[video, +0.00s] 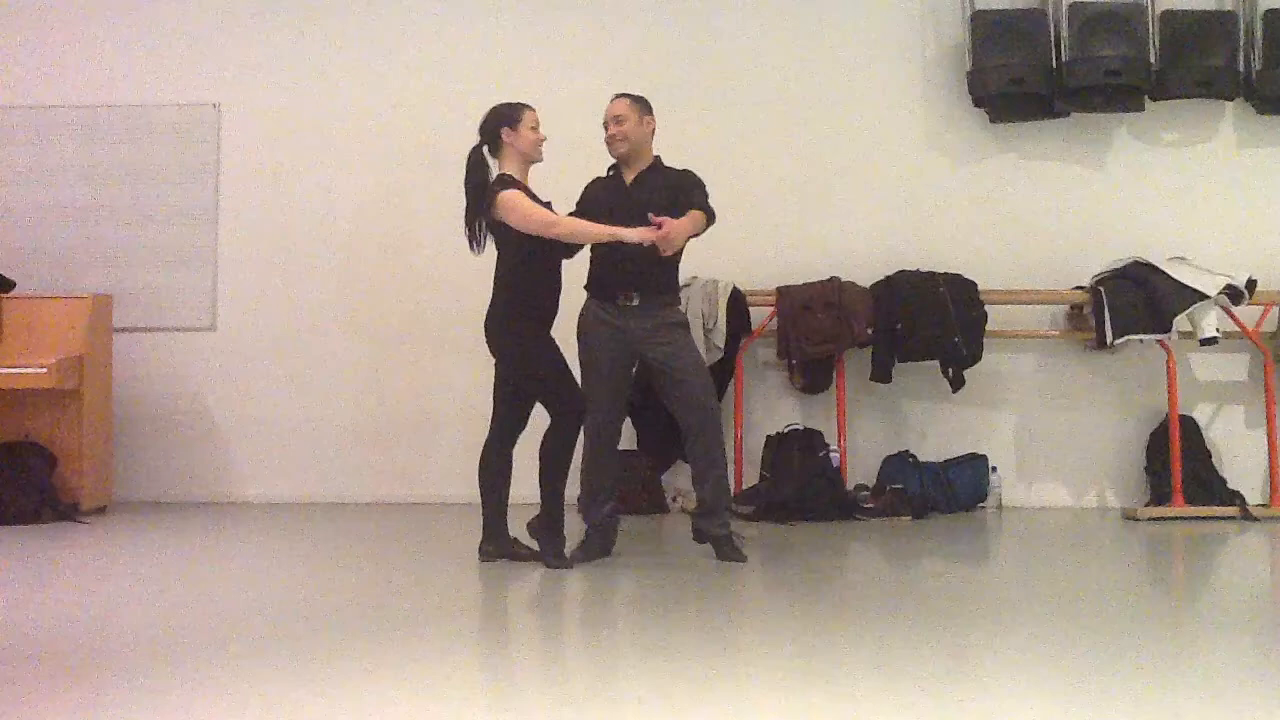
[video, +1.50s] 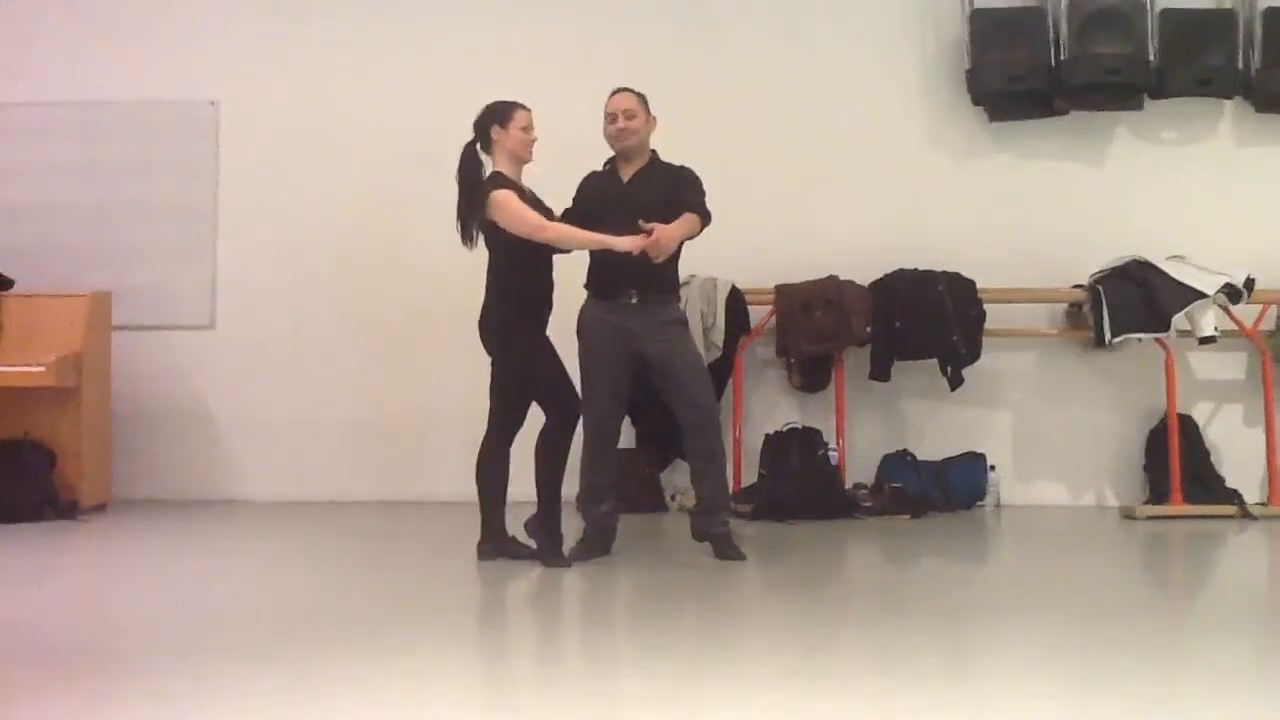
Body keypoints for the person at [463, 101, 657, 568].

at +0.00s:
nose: (543, 135)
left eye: (540, 128)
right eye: (534, 128)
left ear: (513, 137)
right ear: (508, 136)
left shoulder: (521, 193)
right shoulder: (505, 195)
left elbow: (553, 247)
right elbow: (558, 230)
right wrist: (627, 233)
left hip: (525, 324)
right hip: (517, 327)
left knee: (504, 430)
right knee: (569, 410)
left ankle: (495, 537)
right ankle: (550, 523)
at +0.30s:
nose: (542, 134)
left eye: (540, 126)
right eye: (534, 126)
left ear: (512, 135)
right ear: (508, 133)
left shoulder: (521, 191)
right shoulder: (506, 192)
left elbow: (554, 246)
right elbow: (559, 227)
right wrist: (626, 230)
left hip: (524, 322)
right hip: (518, 324)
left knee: (504, 428)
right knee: (569, 408)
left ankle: (495, 534)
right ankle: (551, 520)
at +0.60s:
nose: (540, 138)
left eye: (538, 130)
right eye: (531, 130)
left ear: (510, 137)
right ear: (504, 136)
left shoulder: (519, 193)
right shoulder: (503, 195)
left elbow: (558, 245)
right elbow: (557, 232)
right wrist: (624, 235)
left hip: (525, 325)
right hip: (516, 328)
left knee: (504, 430)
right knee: (569, 410)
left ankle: (494, 536)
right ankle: (550, 523)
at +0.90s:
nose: (539, 138)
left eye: (538, 130)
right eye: (531, 130)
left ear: (510, 137)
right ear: (503, 136)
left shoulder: (519, 193)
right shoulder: (503, 195)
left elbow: (559, 241)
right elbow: (556, 232)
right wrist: (623, 235)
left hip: (524, 324)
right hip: (516, 326)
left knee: (503, 429)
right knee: (569, 409)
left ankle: (494, 535)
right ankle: (550, 522)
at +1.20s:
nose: (539, 134)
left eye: (537, 126)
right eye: (531, 127)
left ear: (508, 132)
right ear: (502, 132)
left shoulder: (519, 189)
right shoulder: (501, 193)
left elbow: (560, 235)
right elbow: (554, 231)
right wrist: (619, 235)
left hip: (526, 321)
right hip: (516, 324)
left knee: (504, 426)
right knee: (568, 406)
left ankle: (495, 531)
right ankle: (549, 518)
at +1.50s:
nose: (534, 136)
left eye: (533, 129)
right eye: (526, 129)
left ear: (506, 136)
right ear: (498, 135)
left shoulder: (516, 191)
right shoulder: (498, 194)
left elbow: (555, 235)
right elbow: (545, 234)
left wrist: (614, 236)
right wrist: (615, 242)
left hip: (522, 323)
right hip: (512, 326)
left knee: (502, 429)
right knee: (565, 409)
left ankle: (493, 535)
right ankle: (547, 521)